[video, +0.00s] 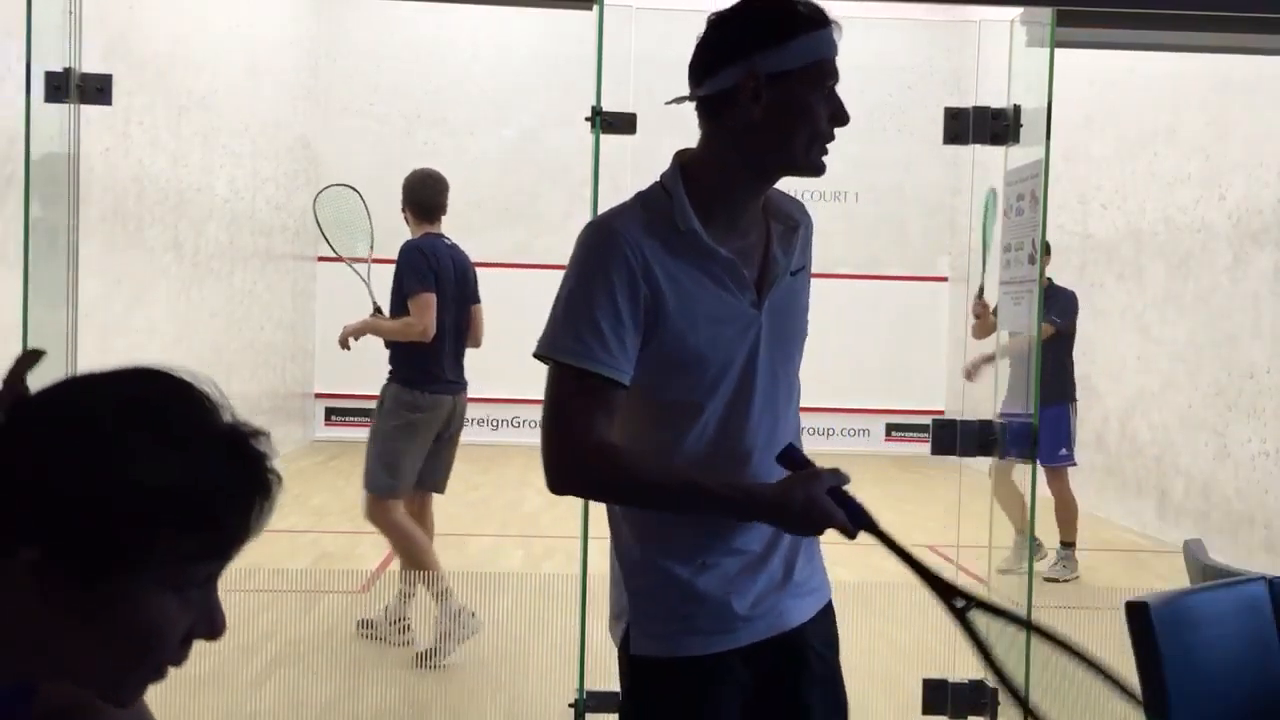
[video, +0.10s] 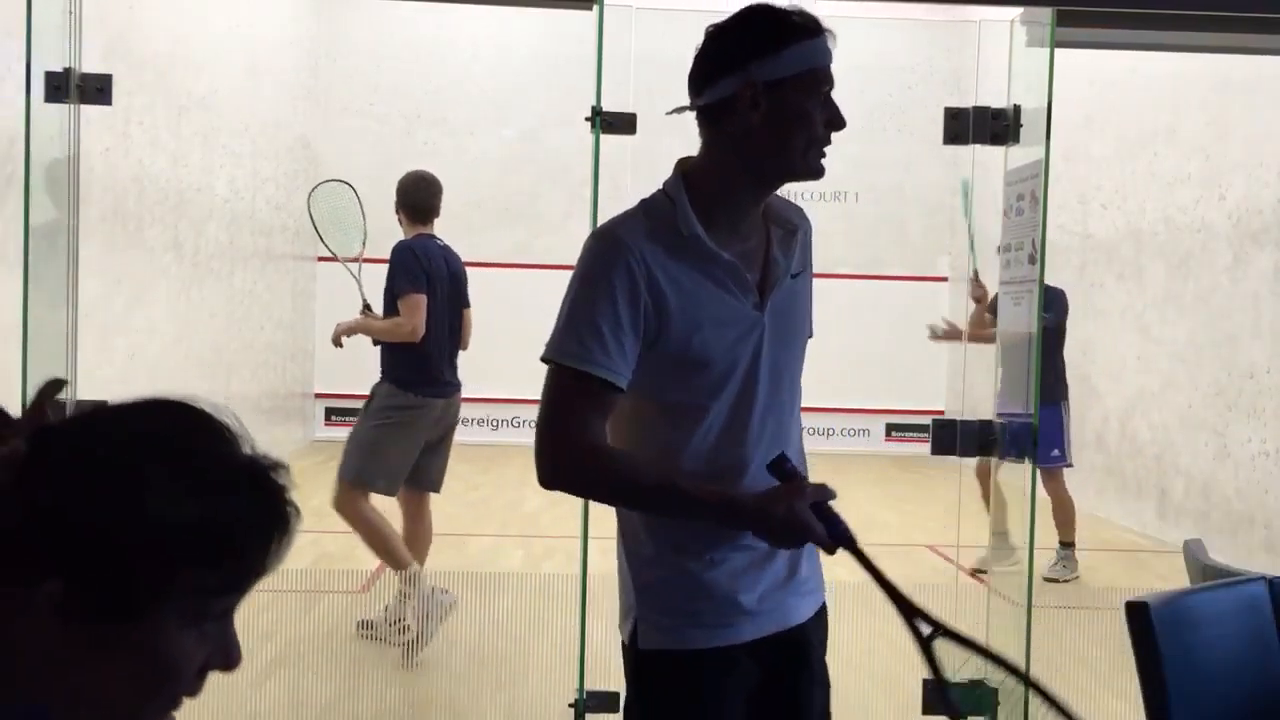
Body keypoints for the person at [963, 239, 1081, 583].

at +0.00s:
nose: (1025, 265)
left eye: (1032, 257)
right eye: (1019, 258)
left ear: (1045, 259)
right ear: (1011, 261)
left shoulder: (1062, 298)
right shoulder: (1014, 298)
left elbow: (1036, 337)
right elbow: (980, 333)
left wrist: (987, 358)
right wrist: (982, 316)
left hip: (1054, 403)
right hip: (1017, 401)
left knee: (1057, 479)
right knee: (1000, 477)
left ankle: (1067, 556)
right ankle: (1026, 542)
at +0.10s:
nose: (1013, 262)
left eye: (1021, 254)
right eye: (1008, 255)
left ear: (1034, 257)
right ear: (1002, 258)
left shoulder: (1053, 297)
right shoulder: (1005, 297)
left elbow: (1019, 334)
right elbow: (977, 331)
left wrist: (963, 336)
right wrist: (980, 303)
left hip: (1047, 401)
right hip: (1012, 402)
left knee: (1053, 480)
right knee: (984, 470)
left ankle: (1067, 556)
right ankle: (1002, 547)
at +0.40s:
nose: (926, 285)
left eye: (931, 278)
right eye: (925, 278)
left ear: (951, 276)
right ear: (937, 280)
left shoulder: (989, 301)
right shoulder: (941, 310)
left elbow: (980, 347)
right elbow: (938, 324)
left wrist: (924, 359)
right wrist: (949, 274)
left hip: (1004, 409)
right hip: (968, 408)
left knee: (1028, 482)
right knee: (930, 469)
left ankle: (1062, 553)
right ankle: (894, 533)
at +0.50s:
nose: (891, 299)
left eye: (896, 292)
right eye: (890, 293)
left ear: (918, 288)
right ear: (905, 295)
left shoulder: (960, 309)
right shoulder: (910, 322)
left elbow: (957, 356)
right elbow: (906, 334)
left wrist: (908, 384)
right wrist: (935, 297)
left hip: (980, 413)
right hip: (945, 413)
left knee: (1011, 487)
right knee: (899, 474)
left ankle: (1056, 549)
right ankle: (879, 544)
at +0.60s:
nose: (858, 306)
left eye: (862, 299)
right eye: (856, 300)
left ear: (882, 295)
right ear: (875, 299)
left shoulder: (921, 316)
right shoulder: (879, 327)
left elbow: (915, 365)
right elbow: (851, 354)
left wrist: (891, 392)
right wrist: (882, 356)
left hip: (952, 413)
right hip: (922, 413)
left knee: (977, 494)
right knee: (876, 464)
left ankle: (1039, 545)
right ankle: (871, 545)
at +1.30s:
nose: (730, 258)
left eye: (732, 254)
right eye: (733, 253)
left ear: (739, 258)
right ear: (764, 259)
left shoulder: (723, 292)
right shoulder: (784, 291)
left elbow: (712, 348)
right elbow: (839, 284)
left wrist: (707, 394)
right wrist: (846, 253)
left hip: (741, 394)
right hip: (782, 394)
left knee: (736, 469)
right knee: (790, 467)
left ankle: (727, 547)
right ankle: (814, 543)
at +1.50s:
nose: (701, 242)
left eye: (706, 237)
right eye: (704, 236)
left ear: (720, 244)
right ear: (733, 246)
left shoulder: (704, 278)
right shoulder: (762, 277)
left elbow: (704, 329)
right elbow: (812, 295)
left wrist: (687, 365)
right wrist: (795, 305)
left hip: (717, 382)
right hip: (754, 384)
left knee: (695, 465)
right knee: (732, 466)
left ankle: (678, 544)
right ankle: (721, 546)